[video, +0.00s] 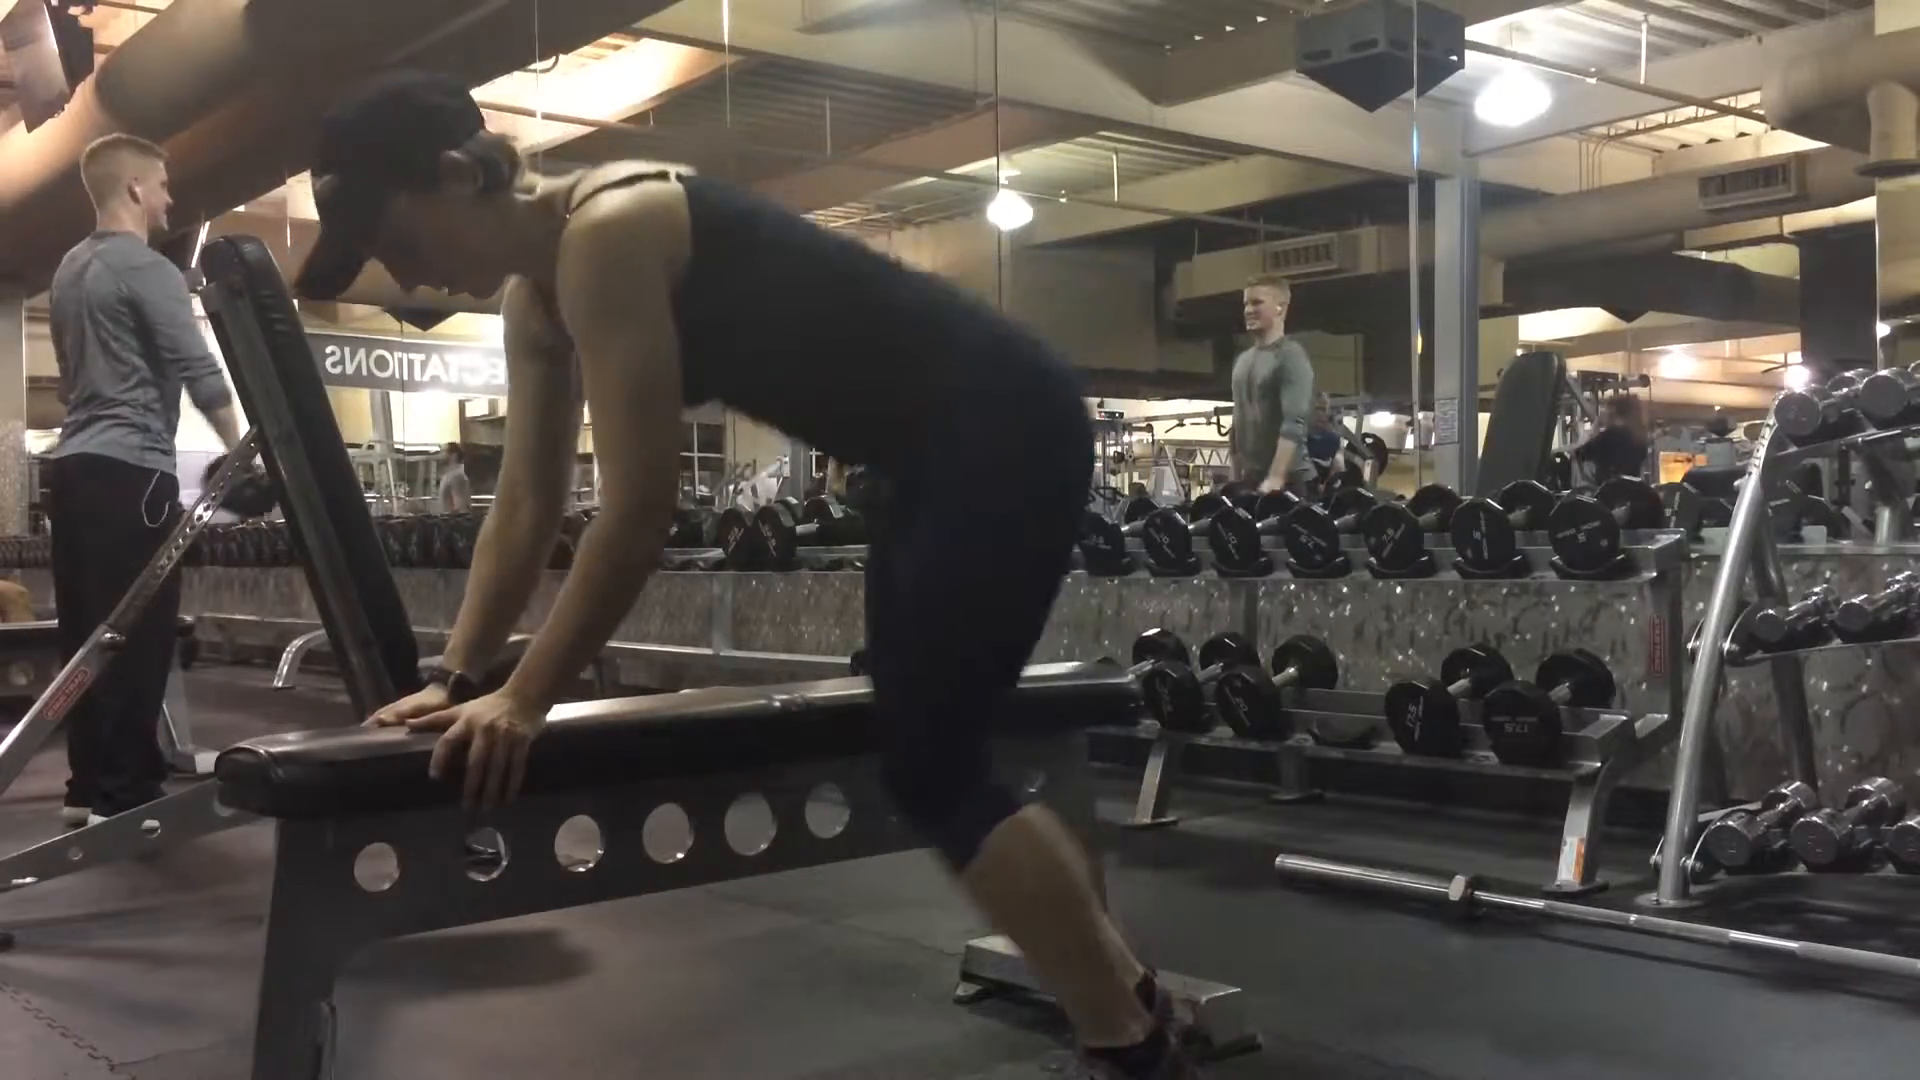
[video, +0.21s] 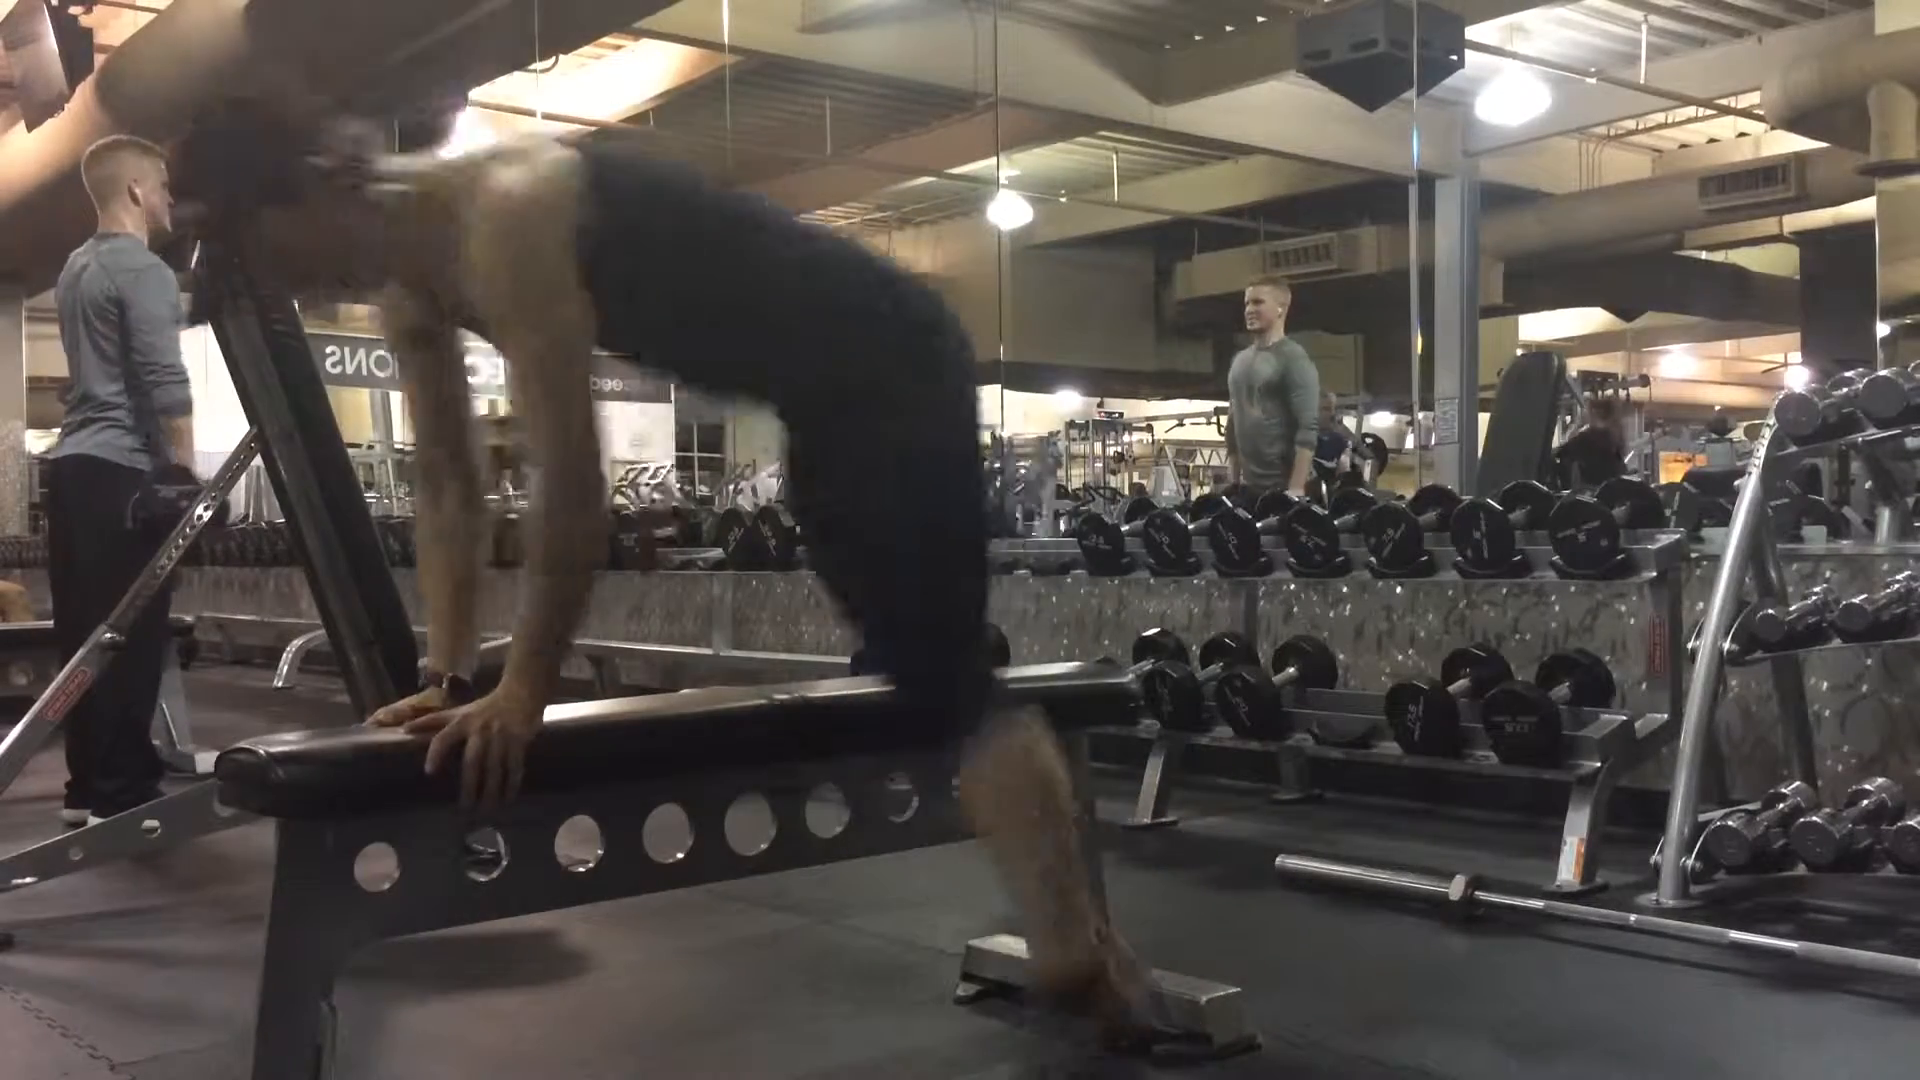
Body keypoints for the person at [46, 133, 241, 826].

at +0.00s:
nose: (168, 199)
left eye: (166, 187)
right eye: (161, 186)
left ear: (107, 194)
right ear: (134, 189)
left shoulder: (67, 272)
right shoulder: (146, 266)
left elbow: (83, 375)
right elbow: (199, 370)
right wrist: (242, 449)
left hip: (71, 468)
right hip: (130, 472)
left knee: (85, 629)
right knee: (142, 629)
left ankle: (90, 784)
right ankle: (126, 791)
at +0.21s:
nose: (168, 201)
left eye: (165, 188)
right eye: (162, 189)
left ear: (104, 195)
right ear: (136, 191)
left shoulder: (75, 269)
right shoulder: (141, 268)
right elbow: (164, 383)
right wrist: (186, 473)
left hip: (70, 468)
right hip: (122, 471)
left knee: (84, 629)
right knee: (132, 631)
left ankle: (89, 786)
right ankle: (123, 791)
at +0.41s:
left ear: (111, 207)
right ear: (156, 214)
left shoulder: (83, 265)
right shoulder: (136, 265)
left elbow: (86, 384)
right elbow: (150, 385)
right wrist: (169, 478)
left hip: (70, 467)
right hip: (117, 471)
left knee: (83, 632)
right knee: (128, 632)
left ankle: (88, 785)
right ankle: (119, 790)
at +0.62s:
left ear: (106, 228)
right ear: (143, 233)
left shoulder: (84, 279)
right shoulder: (130, 280)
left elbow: (85, 388)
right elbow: (144, 389)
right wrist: (160, 483)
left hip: (70, 462)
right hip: (108, 467)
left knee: (84, 631)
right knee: (123, 631)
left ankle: (89, 786)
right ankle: (120, 793)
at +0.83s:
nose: (143, 196)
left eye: (137, 184)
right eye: (137, 185)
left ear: (80, 189)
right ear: (120, 186)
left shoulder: (78, 261)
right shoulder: (115, 264)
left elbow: (151, 352)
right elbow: (128, 381)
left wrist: (210, 405)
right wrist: (156, 478)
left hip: (72, 466)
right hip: (107, 470)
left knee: (89, 630)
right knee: (126, 628)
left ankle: (94, 781)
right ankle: (120, 786)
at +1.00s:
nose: (146, 204)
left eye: (146, 191)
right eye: (141, 190)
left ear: (90, 191)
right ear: (111, 188)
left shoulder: (70, 262)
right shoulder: (113, 266)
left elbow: (167, 310)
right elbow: (128, 383)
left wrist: (228, 314)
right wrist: (155, 474)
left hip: (70, 469)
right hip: (107, 471)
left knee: (87, 630)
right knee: (123, 631)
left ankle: (93, 785)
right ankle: (121, 790)